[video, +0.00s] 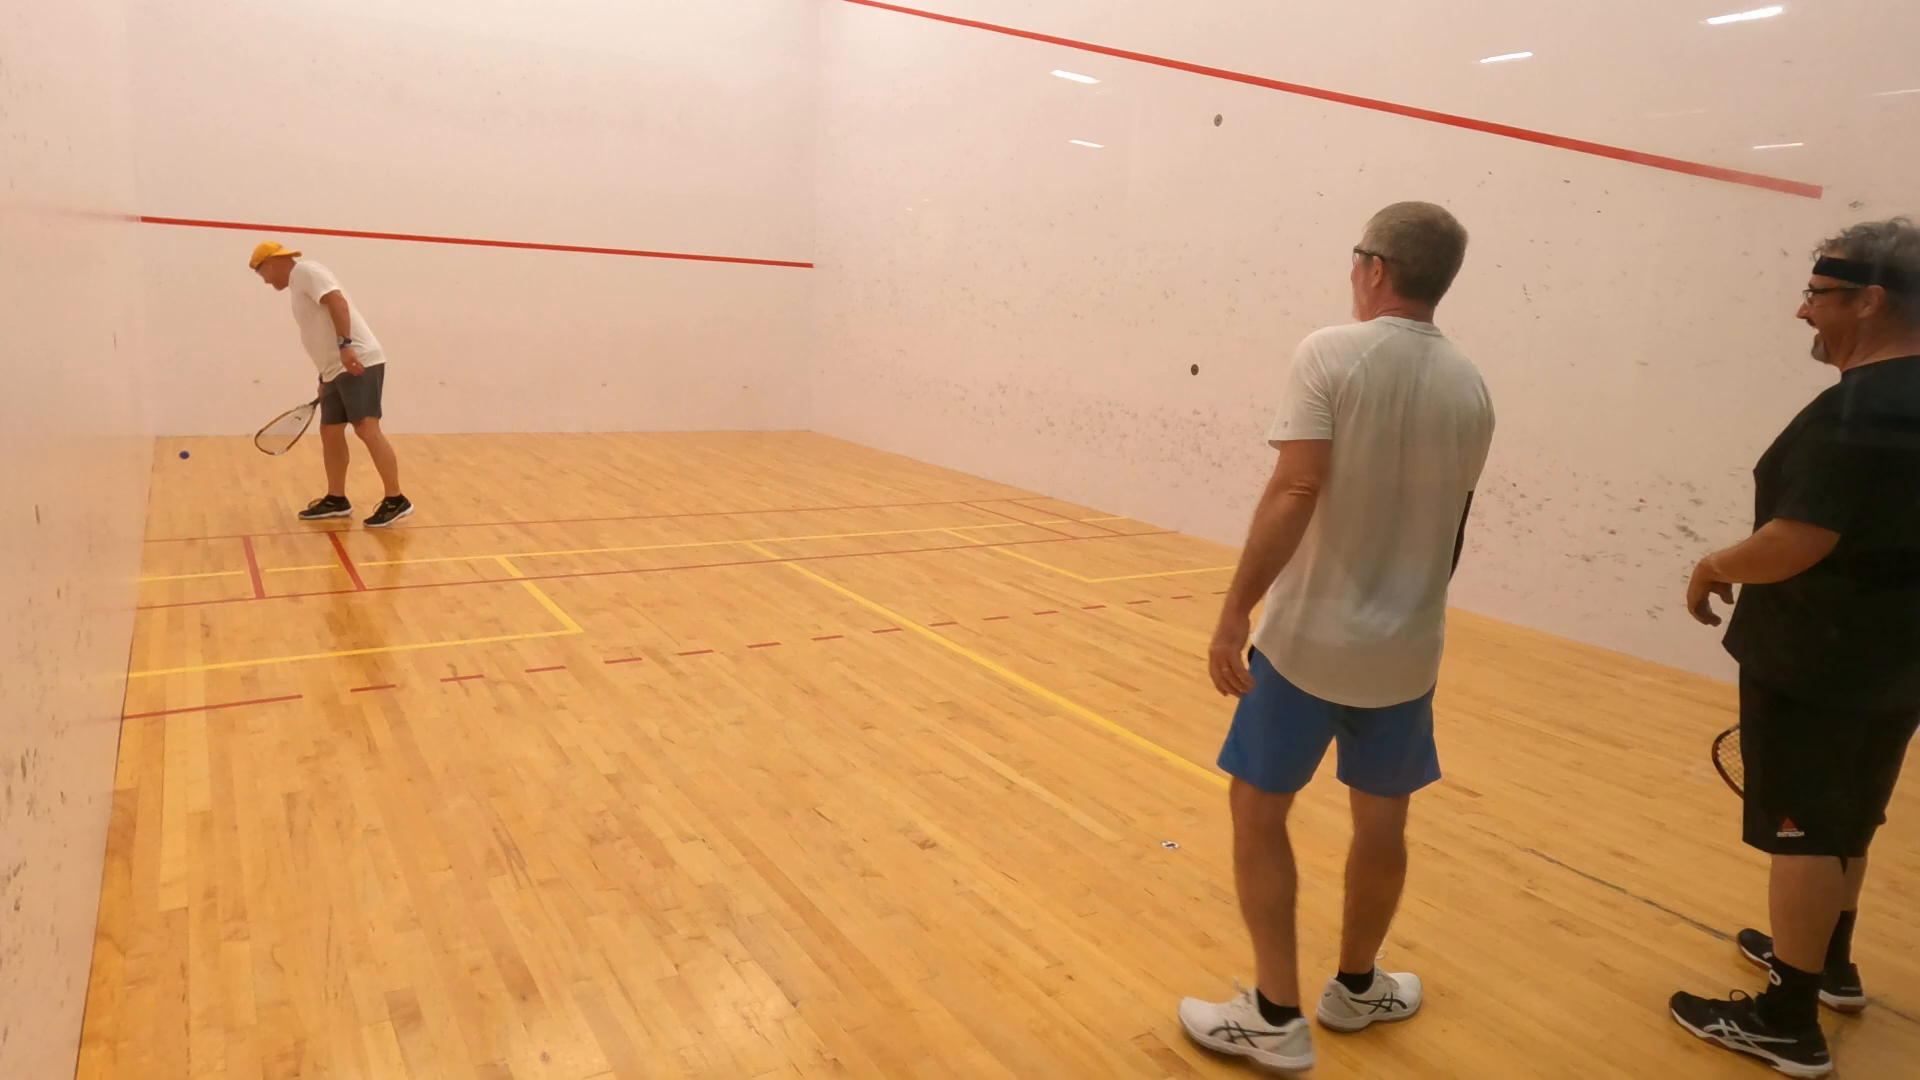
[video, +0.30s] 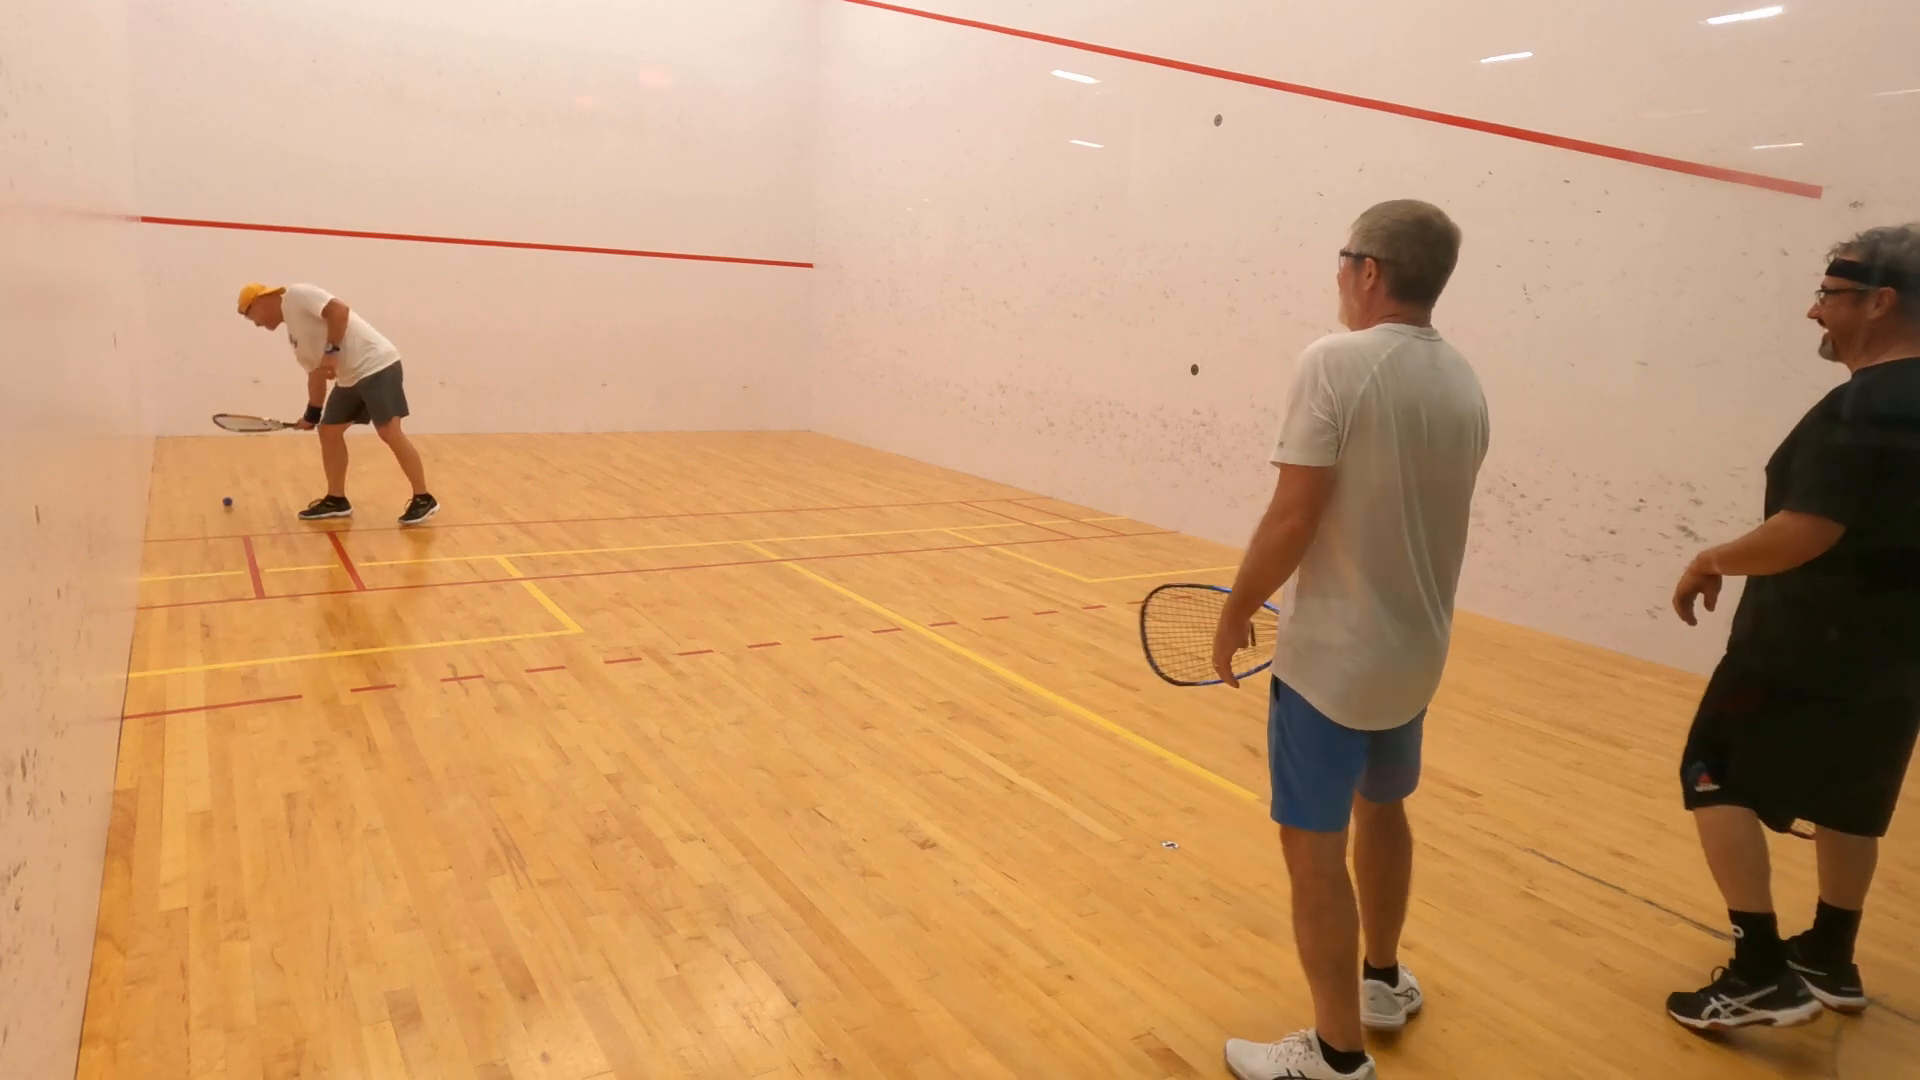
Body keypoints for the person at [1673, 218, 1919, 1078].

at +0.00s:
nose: (1804, 310)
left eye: (1819, 294)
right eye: (1808, 293)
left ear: (1874, 301)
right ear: (1882, 304)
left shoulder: (1862, 412)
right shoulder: (1906, 395)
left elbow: (1796, 541)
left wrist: (1711, 567)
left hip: (1824, 662)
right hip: (1888, 659)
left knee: (1803, 825)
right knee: (1843, 813)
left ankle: (1786, 1014)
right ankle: (1828, 958)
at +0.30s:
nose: (1816, 306)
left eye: (1832, 291)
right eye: (1821, 291)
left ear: (1883, 302)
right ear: (1887, 305)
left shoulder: (1862, 408)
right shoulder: (1912, 398)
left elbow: (1806, 531)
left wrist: (1709, 560)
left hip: (1806, 647)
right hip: (1893, 655)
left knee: (1713, 772)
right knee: (1854, 795)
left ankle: (1759, 970)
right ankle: (1830, 959)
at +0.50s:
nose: (1808, 310)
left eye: (1822, 294)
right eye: (1812, 293)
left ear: (1875, 301)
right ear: (1883, 305)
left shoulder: (1859, 400)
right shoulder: (1910, 394)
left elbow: (1804, 524)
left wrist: (1712, 554)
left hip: (1792, 627)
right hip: (1884, 643)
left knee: (1678, 747)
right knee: (1854, 788)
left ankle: (1665, 924)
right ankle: (1830, 951)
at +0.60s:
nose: (1794, 307)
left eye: (1808, 292)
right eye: (1798, 292)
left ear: (1857, 301)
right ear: (1868, 305)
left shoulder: (1835, 403)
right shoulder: (1912, 395)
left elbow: (1788, 522)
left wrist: (1695, 552)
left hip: (1775, 639)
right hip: (1871, 648)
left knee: (1686, 755)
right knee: (1851, 789)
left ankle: (1604, 893)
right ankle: (1829, 951)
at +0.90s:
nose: (1704, 310)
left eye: (1717, 296)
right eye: (1710, 295)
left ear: (1760, 307)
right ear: (1782, 312)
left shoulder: (1740, 405)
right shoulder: (1855, 413)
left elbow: (1699, 523)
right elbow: (1850, 542)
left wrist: (1612, 554)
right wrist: (1805, 614)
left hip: (1703, 636)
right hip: (1802, 647)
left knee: (1628, 744)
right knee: (1804, 787)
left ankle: (1577, 881)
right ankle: (1823, 950)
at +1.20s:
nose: (1597, 321)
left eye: (1607, 308)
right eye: (1600, 306)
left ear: (1647, 315)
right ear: (1680, 315)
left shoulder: (1633, 401)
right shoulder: (1758, 389)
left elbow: (1600, 514)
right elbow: (1787, 491)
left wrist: (1554, 556)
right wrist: (1732, 548)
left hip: (1656, 613)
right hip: (1750, 615)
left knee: (1600, 740)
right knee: (1713, 737)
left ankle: (1575, 881)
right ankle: (1761, 876)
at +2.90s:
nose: (1561, 327)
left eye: (1570, 316)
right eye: (1565, 315)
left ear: (1600, 325)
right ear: (1623, 329)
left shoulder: (1585, 393)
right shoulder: (1693, 399)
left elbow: (1570, 483)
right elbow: (1724, 495)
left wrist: (1524, 530)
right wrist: (1691, 560)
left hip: (1594, 592)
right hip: (1679, 602)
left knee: (1506, 674)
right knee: (1647, 722)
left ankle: (1488, 803)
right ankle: (1657, 861)